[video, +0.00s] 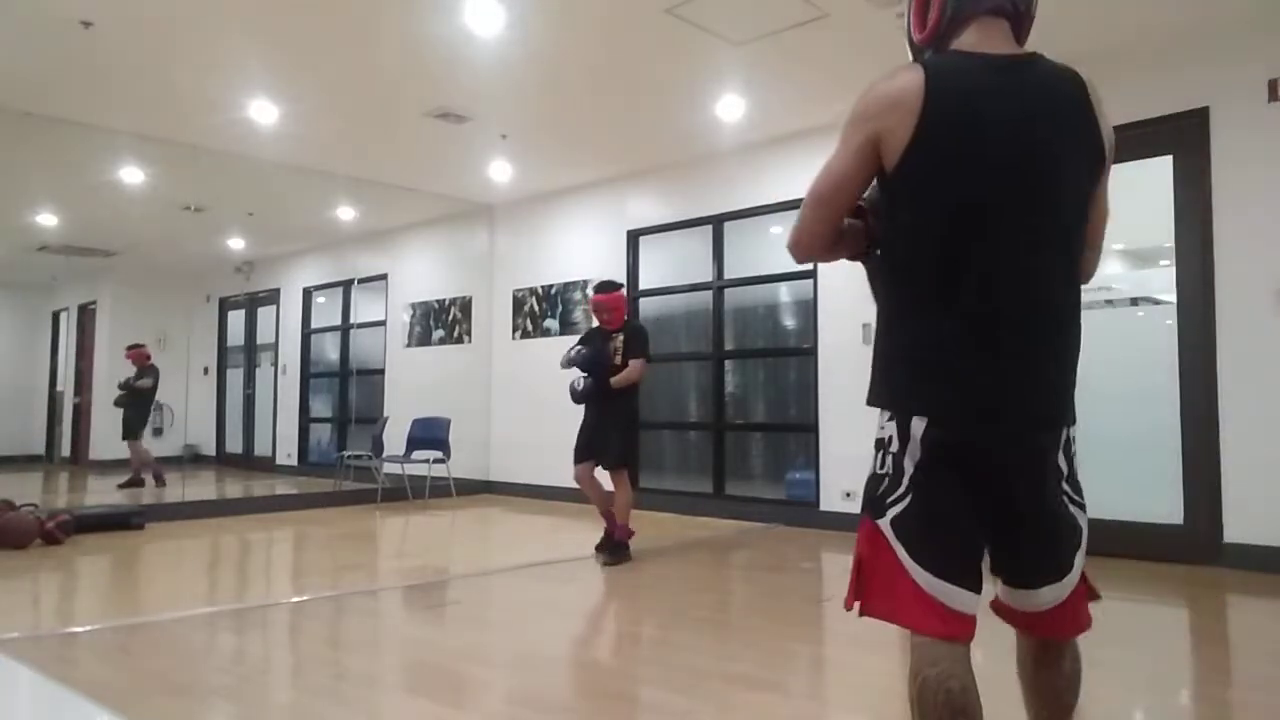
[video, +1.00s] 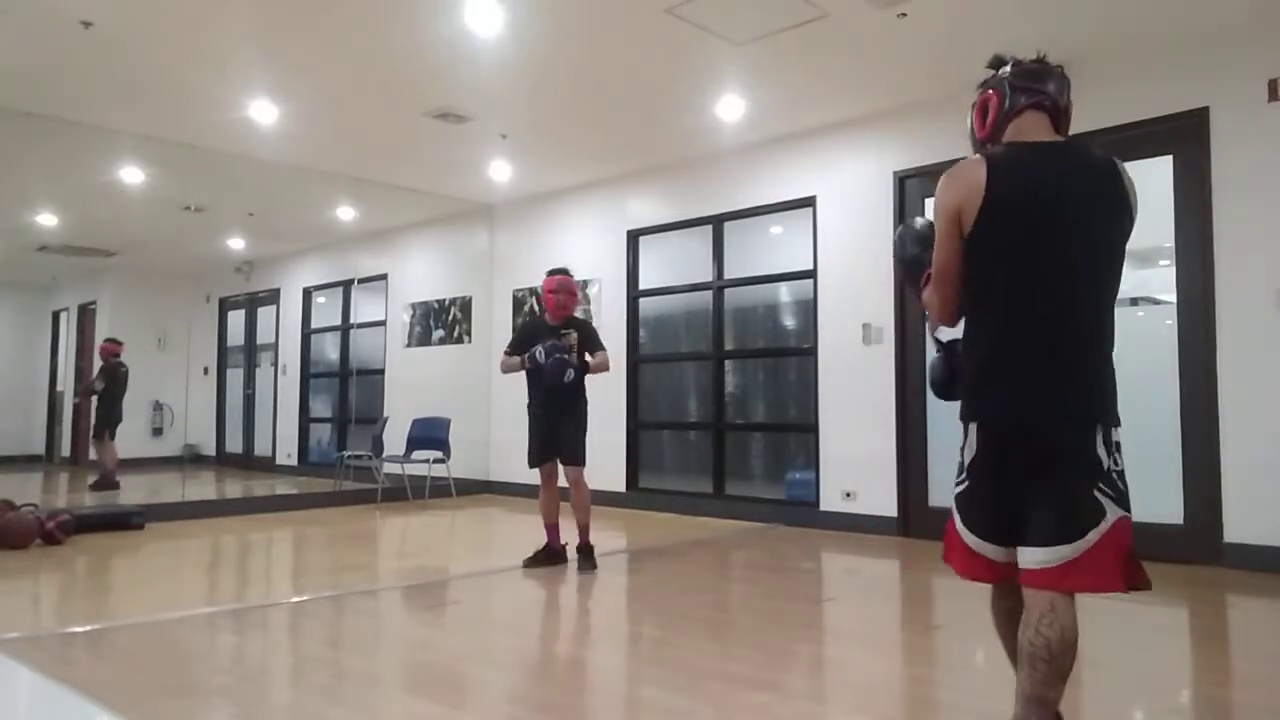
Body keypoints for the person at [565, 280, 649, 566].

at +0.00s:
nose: (603, 317)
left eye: (608, 311)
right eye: (598, 311)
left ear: (621, 307)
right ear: (594, 310)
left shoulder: (634, 332)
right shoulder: (593, 334)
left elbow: (635, 372)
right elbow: (570, 359)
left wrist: (602, 385)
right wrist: (575, 357)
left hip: (621, 413)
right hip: (595, 412)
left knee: (620, 476)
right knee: (582, 473)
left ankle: (621, 540)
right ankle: (614, 526)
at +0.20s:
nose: (597, 314)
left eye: (603, 308)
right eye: (594, 308)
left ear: (617, 305)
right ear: (590, 307)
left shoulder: (631, 330)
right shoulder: (588, 332)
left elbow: (631, 367)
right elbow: (567, 358)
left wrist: (599, 380)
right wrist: (568, 357)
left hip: (618, 414)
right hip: (589, 412)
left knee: (618, 476)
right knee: (566, 469)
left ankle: (620, 542)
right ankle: (585, 529)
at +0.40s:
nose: (586, 314)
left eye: (591, 308)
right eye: (582, 308)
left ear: (607, 305)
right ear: (579, 307)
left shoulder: (624, 329)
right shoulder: (576, 332)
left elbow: (622, 367)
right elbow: (547, 361)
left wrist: (588, 380)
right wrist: (561, 377)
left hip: (609, 413)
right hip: (578, 412)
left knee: (612, 476)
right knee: (563, 474)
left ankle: (620, 543)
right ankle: (556, 545)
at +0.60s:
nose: (576, 313)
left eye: (581, 306)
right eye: (570, 307)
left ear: (594, 303)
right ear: (563, 306)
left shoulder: (606, 330)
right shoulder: (556, 333)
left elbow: (612, 366)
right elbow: (528, 360)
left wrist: (577, 380)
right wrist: (549, 364)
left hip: (592, 412)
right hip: (561, 412)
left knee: (599, 476)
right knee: (554, 475)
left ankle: (618, 541)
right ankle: (554, 546)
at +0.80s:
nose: (566, 304)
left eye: (573, 297)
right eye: (559, 297)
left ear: (582, 300)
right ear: (550, 300)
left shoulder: (591, 329)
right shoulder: (539, 330)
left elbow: (602, 368)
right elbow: (510, 361)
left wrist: (566, 380)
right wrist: (538, 359)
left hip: (578, 411)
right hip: (547, 411)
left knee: (582, 477)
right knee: (550, 476)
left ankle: (605, 535)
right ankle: (554, 545)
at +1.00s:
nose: (559, 299)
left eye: (565, 293)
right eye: (553, 293)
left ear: (575, 297)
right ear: (543, 296)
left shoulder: (582, 328)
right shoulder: (530, 328)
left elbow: (603, 363)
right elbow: (505, 365)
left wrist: (580, 364)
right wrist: (530, 358)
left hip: (572, 410)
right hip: (541, 411)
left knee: (574, 476)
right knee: (547, 477)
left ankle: (584, 546)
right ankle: (553, 546)